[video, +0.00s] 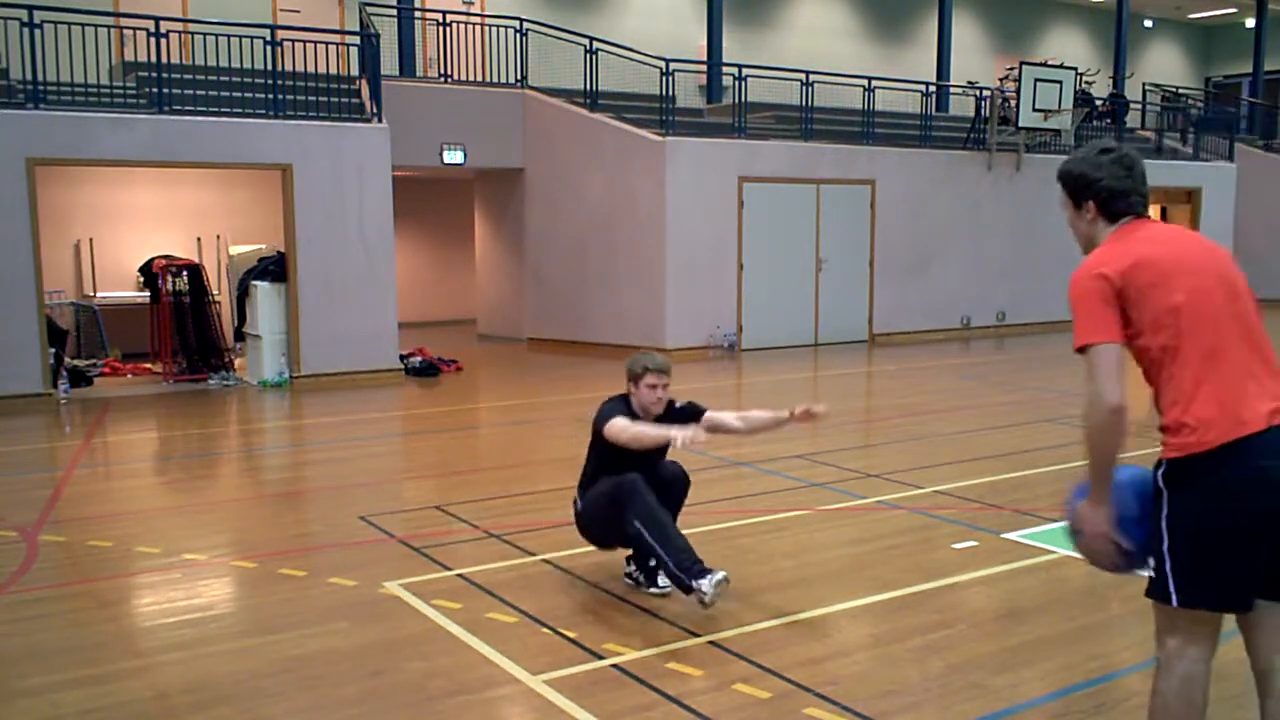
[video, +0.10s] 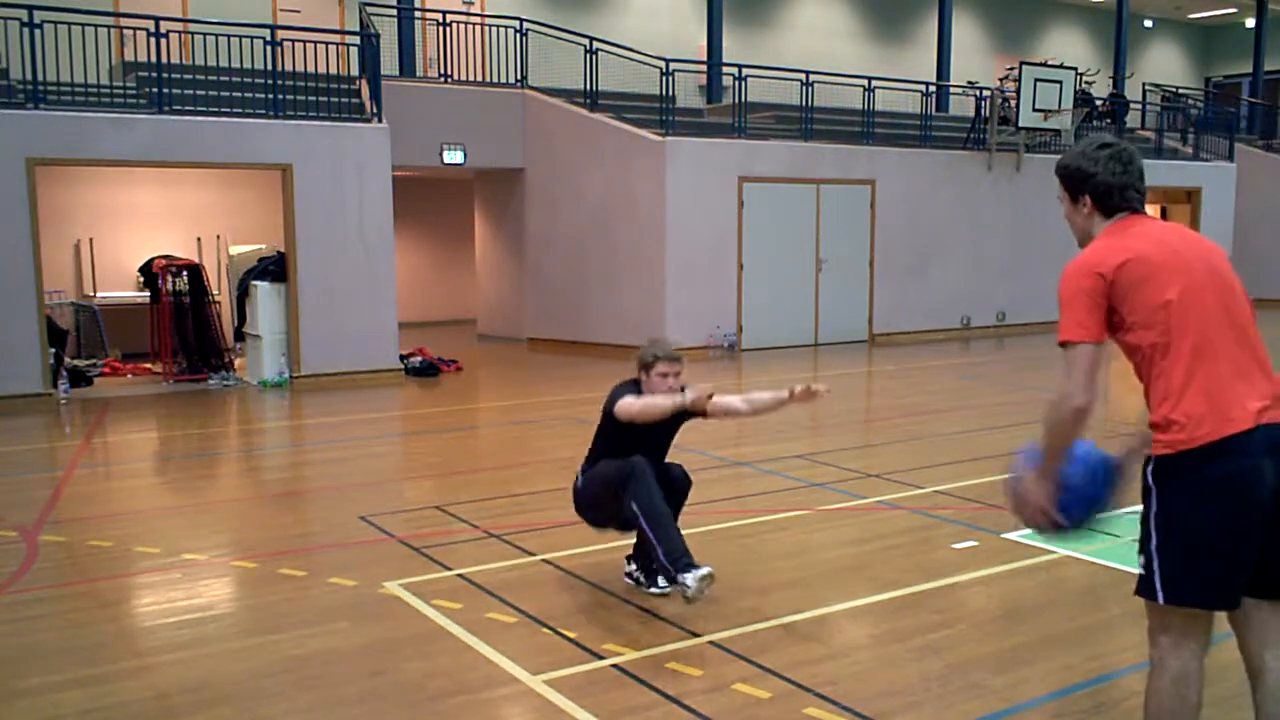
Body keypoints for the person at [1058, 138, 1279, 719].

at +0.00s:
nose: (1068, 223)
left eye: (1067, 209)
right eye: (1066, 209)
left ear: (1089, 207)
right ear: (1139, 200)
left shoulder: (1101, 270)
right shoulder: (1203, 245)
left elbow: (1111, 402)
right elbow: (1232, 369)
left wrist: (1099, 500)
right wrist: (1175, 471)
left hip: (1208, 463)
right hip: (1274, 447)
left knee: (1184, 646)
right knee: (1268, 625)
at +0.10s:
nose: (1065, 216)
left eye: (1065, 203)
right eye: (1064, 203)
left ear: (1082, 201)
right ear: (1136, 194)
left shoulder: (1092, 265)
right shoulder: (1196, 243)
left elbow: (1078, 400)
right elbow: (1212, 376)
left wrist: (1047, 473)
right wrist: (1133, 450)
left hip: (1196, 460)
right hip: (1266, 445)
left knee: (1177, 642)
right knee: (1261, 622)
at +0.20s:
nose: (1063, 206)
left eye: (1063, 192)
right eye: (1063, 193)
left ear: (1081, 193)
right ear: (1134, 187)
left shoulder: (1090, 259)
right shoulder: (1198, 242)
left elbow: (1049, 392)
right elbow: (1168, 369)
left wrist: (995, 422)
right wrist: (1073, 409)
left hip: (1187, 460)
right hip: (1263, 445)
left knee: (1173, 645)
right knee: (1258, 624)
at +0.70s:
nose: (1086, 167)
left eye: (1087, 154)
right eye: (1086, 154)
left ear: (1106, 157)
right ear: (1160, 155)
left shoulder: (1111, 234)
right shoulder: (1212, 224)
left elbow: (1107, 364)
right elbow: (1218, 353)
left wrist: (1046, 439)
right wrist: (1123, 416)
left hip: (1162, 459)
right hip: (1239, 452)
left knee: (1149, 634)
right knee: (1219, 614)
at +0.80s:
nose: (1096, 165)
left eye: (1098, 151)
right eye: (1097, 152)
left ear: (1119, 155)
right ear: (1169, 153)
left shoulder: (1124, 231)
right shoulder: (1225, 224)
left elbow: (1134, 361)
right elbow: (1240, 332)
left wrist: (1085, 458)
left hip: (1166, 463)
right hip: (1242, 455)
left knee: (1147, 631)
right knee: (1223, 616)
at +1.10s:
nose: (1158, 153)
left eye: (1162, 141)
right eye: (1160, 140)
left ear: (1184, 148)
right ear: (1234, 149)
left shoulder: (1179, 226)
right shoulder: (1269, 216)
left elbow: (1173, 357)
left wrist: (1118, 462)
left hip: (1198, 462)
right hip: (1265, 456)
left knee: (1168, 636)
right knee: (1259, 617)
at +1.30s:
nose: (1206, 153)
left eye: (1211, 140)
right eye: (1209, 140)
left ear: (1237, 148)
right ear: (1260, 149)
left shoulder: (1233, 228)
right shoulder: (1263, 221)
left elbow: (1200, 360)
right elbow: (1260, 347)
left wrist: (1111, 384)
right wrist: (1187, 391)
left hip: (1239, 462)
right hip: (1271, 457)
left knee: (1186, 639)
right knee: (1276, 619)